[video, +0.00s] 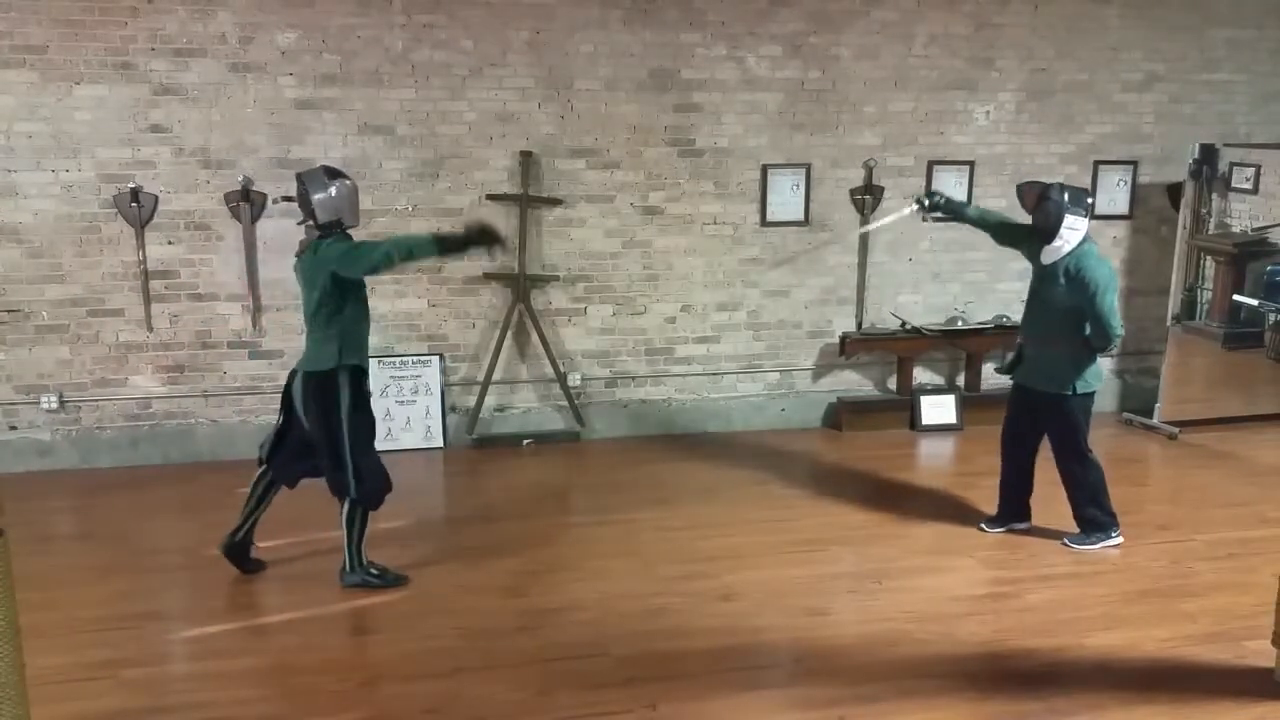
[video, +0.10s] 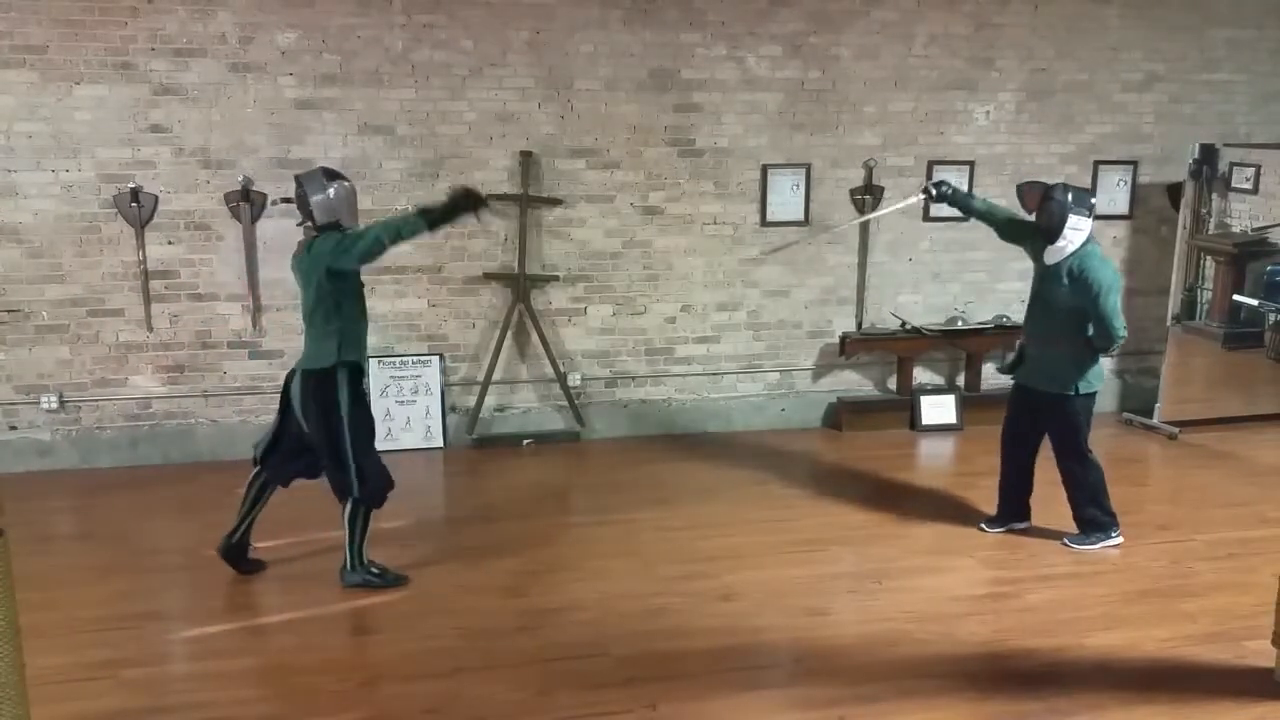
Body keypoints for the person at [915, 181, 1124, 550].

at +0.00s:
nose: (1035, 219)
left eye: (1043, 213)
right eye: (1036, 212)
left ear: (1066, 219)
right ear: (1051, 218)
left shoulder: (1091, 266)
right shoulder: (1041, 245)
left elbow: (1108, 332)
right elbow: (996, 225)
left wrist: (1087, 345)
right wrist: (945, 204)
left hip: (1069, 378)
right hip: (1031, 372)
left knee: (1073, 455)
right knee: (1016, 444)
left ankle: (1102, 527)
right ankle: (1014, 514)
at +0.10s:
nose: (1038, 219)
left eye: (1047, 214)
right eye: (1040, 212)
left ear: (1069, 221)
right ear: (1054, 218)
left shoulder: (1095, 268)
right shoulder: (1043, 243)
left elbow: (1112, 334)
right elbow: (1000, 220)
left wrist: (1089, 345)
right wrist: (951, 194)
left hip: (1071, 377)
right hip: (1032, 369)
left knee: (1072, 454)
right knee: (1016, 442)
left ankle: (1101, 527)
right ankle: (1013, 514)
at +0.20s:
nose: (1043, 224)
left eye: (1051, 218)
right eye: (1044, 217)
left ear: (1071, 224)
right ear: (1059, 220)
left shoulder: (1097, 268)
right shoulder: (1045, 241)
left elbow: (1116, 333)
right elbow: (1004, 219)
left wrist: (1094, 346)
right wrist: (957, 192)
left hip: (1072, 376)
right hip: (1034, 369)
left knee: (1074, 454)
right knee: (1015, 442)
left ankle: (1101, 527)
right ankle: (1012, 514)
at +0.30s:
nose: (1044, 223)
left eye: (1051, 218)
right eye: (1045, 216)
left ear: (1073, 224)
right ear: (1055, 218)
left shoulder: (1098, 268)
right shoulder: (1045, 240)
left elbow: (1118, 333)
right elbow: (1004, 218)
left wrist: (1094, 347)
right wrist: (959, 192)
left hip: (1073, 376)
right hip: (1035, 369)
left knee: (1074, 454)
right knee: (1009, 435)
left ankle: (1101, 527)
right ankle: (1008, 510)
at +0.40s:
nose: (1043, 226)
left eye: (1050, 220)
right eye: (1043, 219)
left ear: (1072, 224)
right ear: (1049, 218)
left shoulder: (1097, 269)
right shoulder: (1044, 242)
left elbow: (1115, 333)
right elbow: (1003, 217)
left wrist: (1093, 347)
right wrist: (957, 190)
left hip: (1071, 378)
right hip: (1032, 370)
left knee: (1074, 456)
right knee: (1007, 439)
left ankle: (1101, 527)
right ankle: (994, 509)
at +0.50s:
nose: (1037, 218)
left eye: (1045, 213)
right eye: (1039, 212)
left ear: (1065, 222)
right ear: (1054, 219)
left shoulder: (1088, 266)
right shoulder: (1037, 241)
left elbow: (1109, 332)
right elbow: (997, 215)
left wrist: (1084, 347)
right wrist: (953, 187)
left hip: (1064, 378)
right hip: (1026, 370)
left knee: (1071, 456)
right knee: (1005, 444)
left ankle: (1101, 527)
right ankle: (989, 511)